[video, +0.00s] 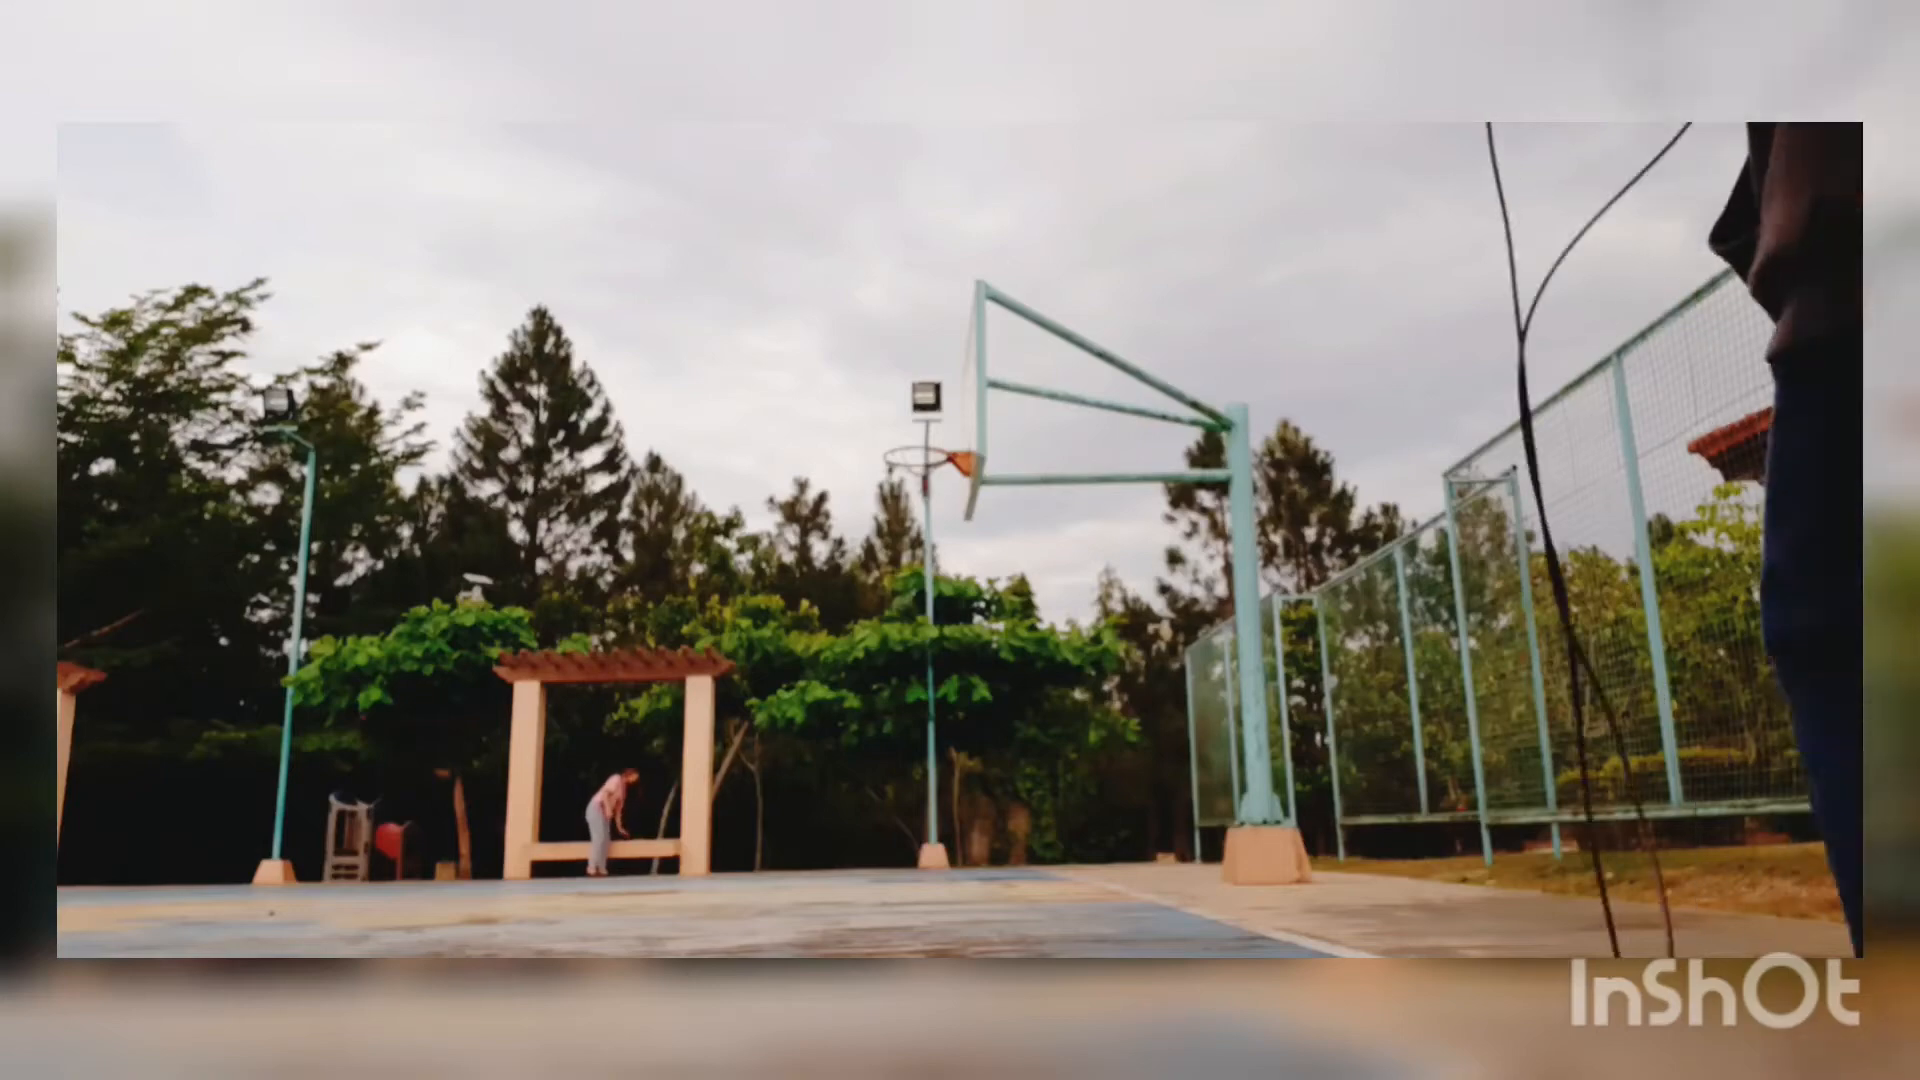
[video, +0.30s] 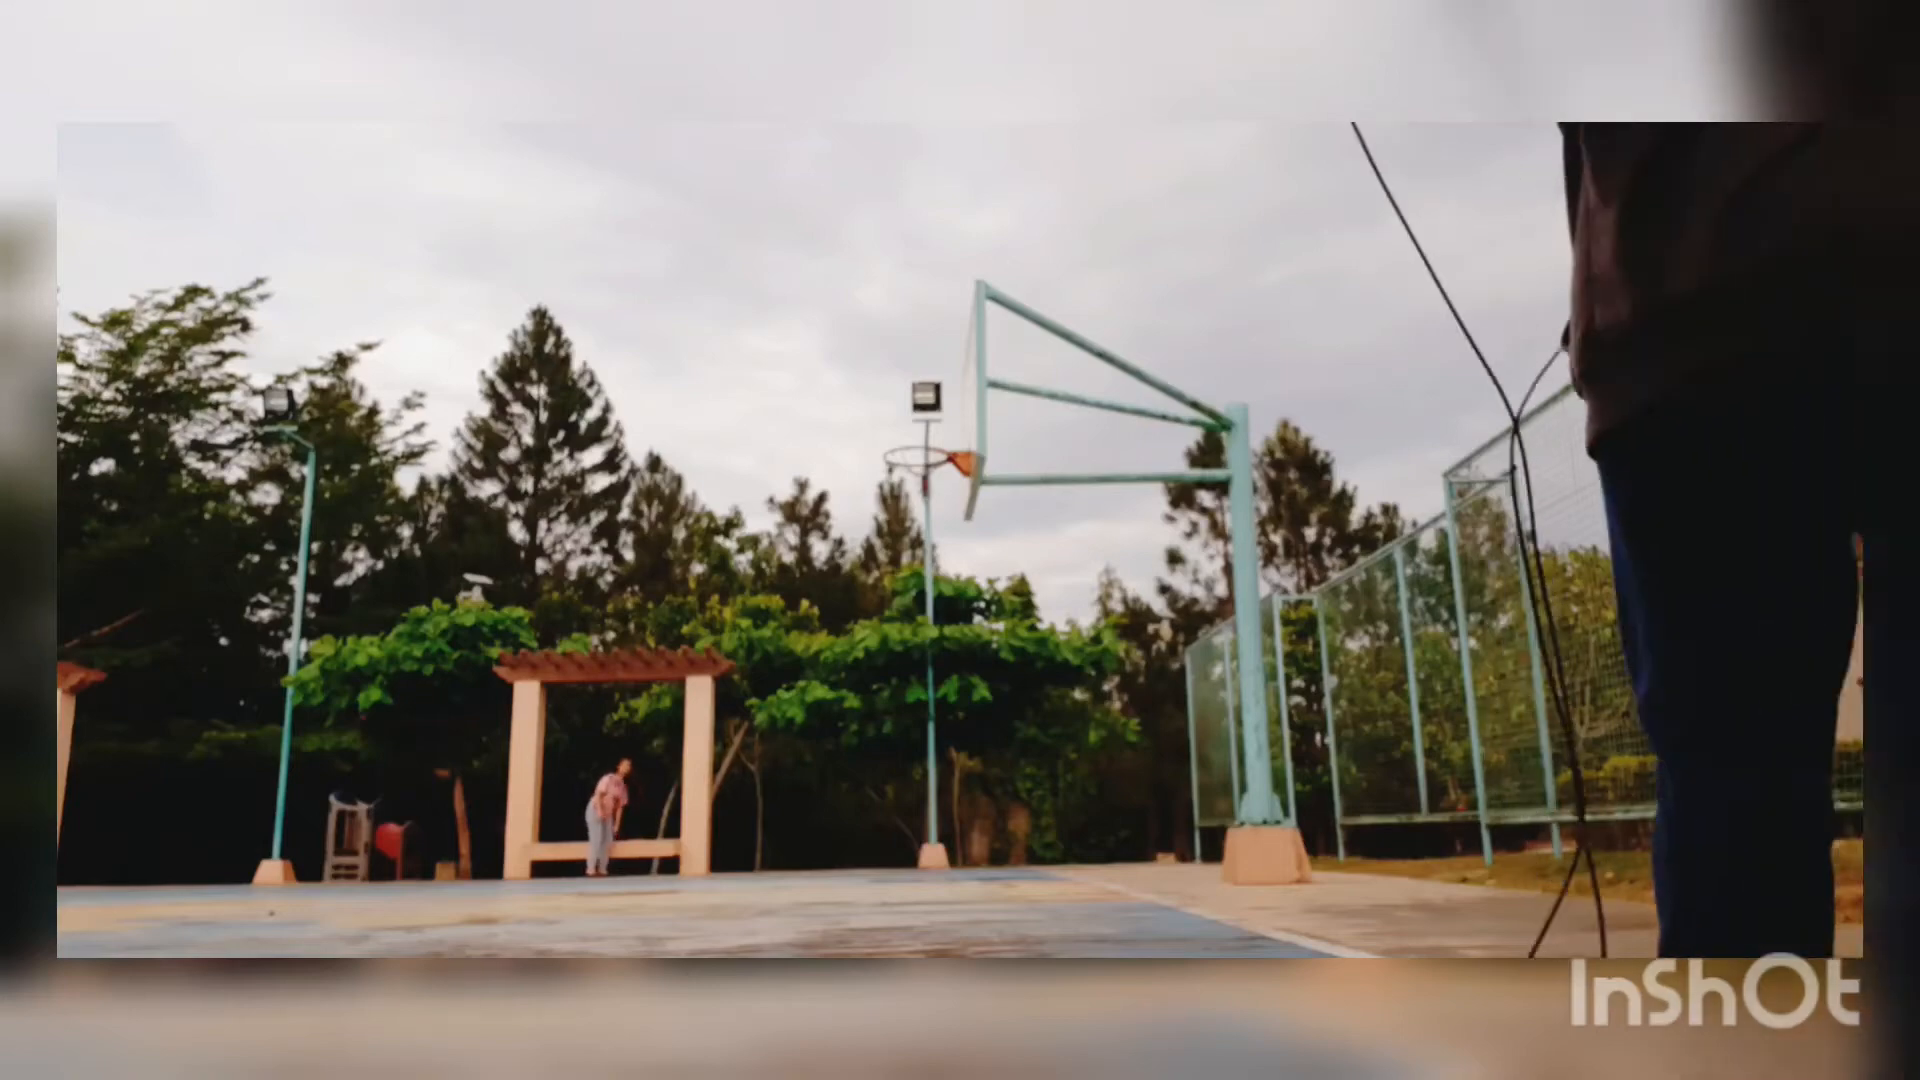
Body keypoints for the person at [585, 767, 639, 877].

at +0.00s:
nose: (633, 781)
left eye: (635, 779)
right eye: (633, 778)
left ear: (632, 778)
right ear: (628, 774)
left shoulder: (622, 787)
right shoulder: (616, 779)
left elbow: (618, 808)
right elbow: (605, 793)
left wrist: (619, 827)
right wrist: (608, 808)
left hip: (605, 810)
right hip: (596, 808)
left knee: (606, 838)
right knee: (599, 837)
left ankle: (601, 867)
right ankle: (592, 867)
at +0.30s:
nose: (625, 769)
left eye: (628, 766)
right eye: (624, 765)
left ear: (629, 769)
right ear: (619, 766)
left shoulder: (623, 787)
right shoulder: (608, 778)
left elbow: (619, 807)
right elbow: (598, 794)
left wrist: (617, 824)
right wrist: (600, 810)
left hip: (608, 812)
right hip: (596, 808)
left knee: (608, 839)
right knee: (596, 837)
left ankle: (602, 867)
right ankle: (591, 867)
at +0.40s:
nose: (619, 767)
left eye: (622, 764)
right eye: (618, 763)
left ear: (625, 768)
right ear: (614, 765)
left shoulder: (622, 786)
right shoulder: (604, 779)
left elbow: (621, 806)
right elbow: (596, 796)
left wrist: (617, 822)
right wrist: (597, 812)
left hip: (609, 812)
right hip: (596, 808)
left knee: (610, 840)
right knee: (596, 838)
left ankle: (603, 868)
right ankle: (591, 868)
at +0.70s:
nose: (601, 769)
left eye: (604, 766)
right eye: (601, 766)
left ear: (610, 768)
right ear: (599, 768)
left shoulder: (617, 783)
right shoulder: (594, 782)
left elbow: (621, 803)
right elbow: (591, 800)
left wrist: (617, 820)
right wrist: (595, 815)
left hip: (611, 814)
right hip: (596, 813)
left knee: (612, 839)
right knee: (596, 839)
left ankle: (604, 868)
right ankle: (595, 867)